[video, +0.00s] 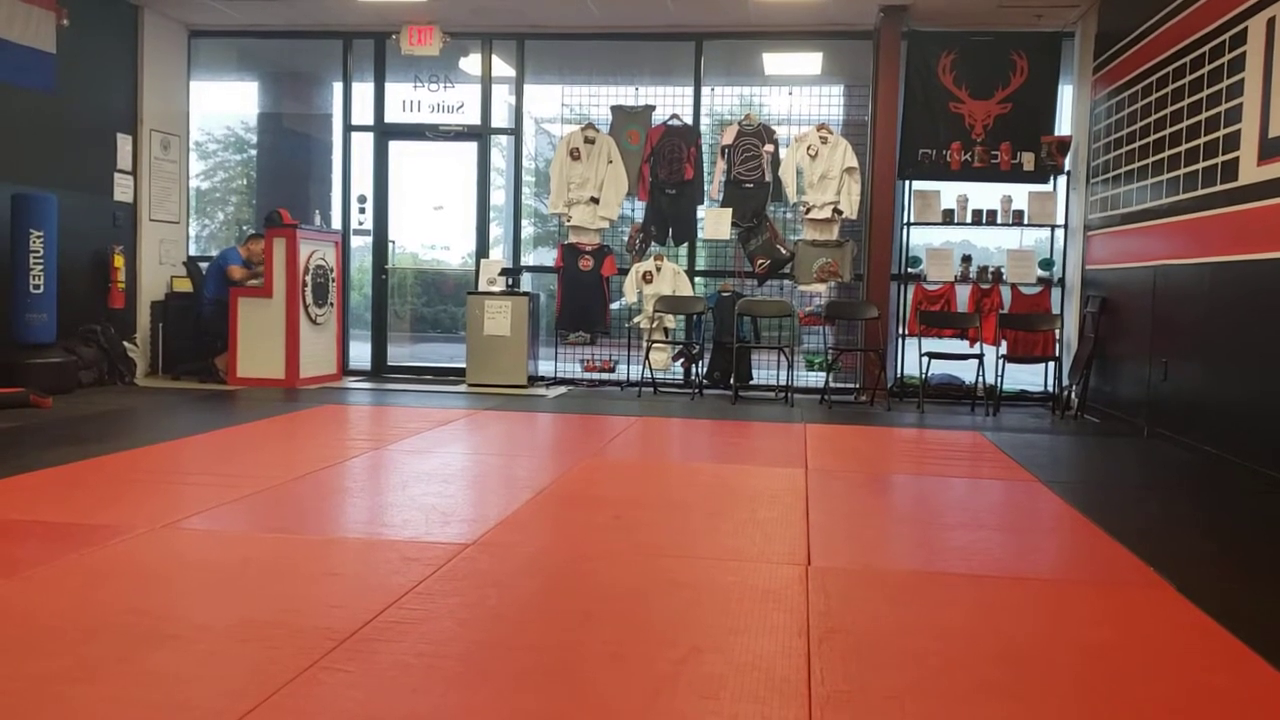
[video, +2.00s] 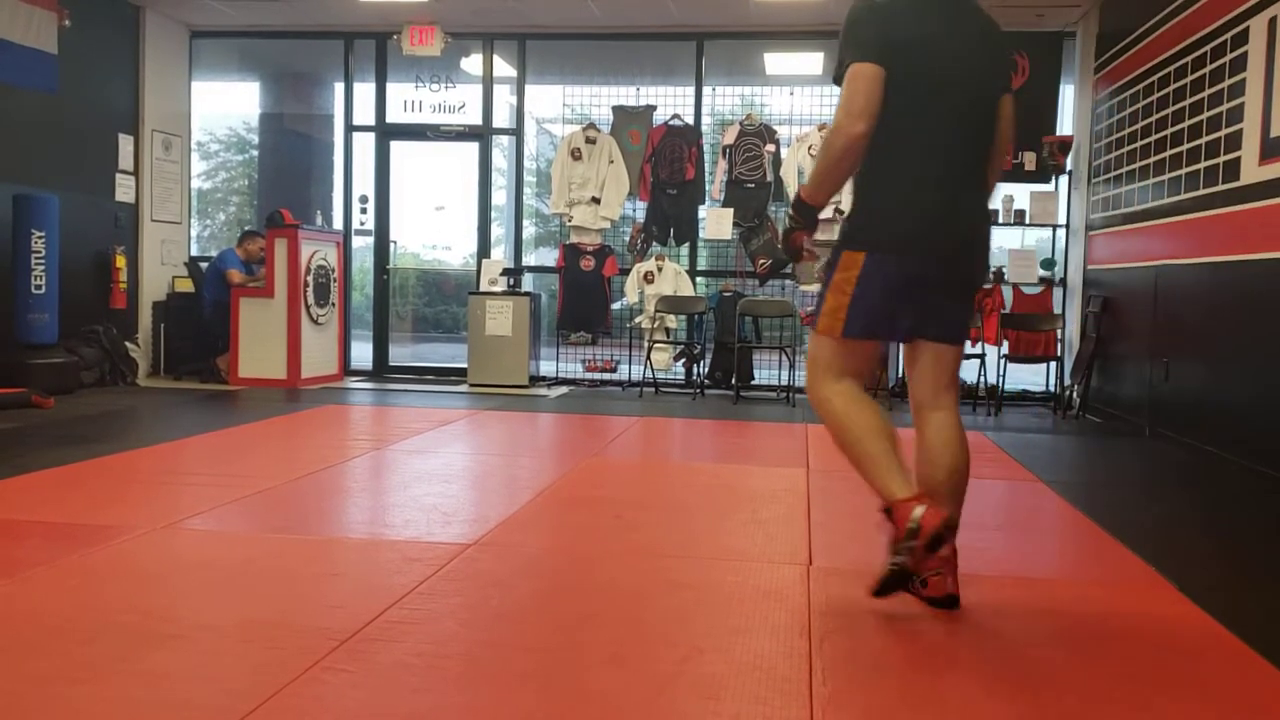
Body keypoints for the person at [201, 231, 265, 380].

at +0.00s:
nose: (262, 256)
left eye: (264, 252)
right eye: (261, 251)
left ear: (252, 246)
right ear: (250, 245)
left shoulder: (244, 261)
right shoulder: (231, 254)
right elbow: (236, 275)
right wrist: (256, 273)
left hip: (227, 306)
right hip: (213, 307)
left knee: (254, 329)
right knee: (249, 332)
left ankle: (224, 363)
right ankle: (221, 362)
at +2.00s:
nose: (262, 254)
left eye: (263, 250)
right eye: (260, 249)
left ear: (247, 246)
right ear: (247, 245)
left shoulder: (245, 263)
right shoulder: (229, 256)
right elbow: (235, 279)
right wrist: (257, 278)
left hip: (230, 308)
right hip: (215, 309)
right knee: (253, 332)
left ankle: (226, 363)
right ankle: (223, 362)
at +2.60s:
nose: (262, 254)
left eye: (263, 251)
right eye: (260, 249)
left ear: (247, 245)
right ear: (246, 244)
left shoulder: (245, 263)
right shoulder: (229, 256)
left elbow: (252, 282)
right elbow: (235, 279)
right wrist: (257, 278)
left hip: (230, 308)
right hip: (214, 309)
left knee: (258, 328)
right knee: (253, 331)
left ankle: (227, 363)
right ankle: (224, 362)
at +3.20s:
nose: (262, 253)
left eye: (263, 250)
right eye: (260, 249)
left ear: (248, 245)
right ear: (247, 244)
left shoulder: (246, 264)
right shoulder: (228, 255)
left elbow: (253, 282)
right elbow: (236, 280)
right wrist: (258, 278)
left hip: (229, 308)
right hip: (213, 309)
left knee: (257, 328)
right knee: (252, 331)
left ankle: (226, 363)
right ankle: (223, 362)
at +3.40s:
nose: (261, 253)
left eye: (262, 250)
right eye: (260, 249)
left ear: (248, 245)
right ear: (247, 244)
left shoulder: (246, 264)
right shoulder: (228, 255)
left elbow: (253, 282)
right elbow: (236, 280)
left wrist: (265, 276)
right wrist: (258, 278)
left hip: (230, 308)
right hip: (214, 309)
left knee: (258, 327)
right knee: (252, 331)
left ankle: (226, 363)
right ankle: (223, 362)